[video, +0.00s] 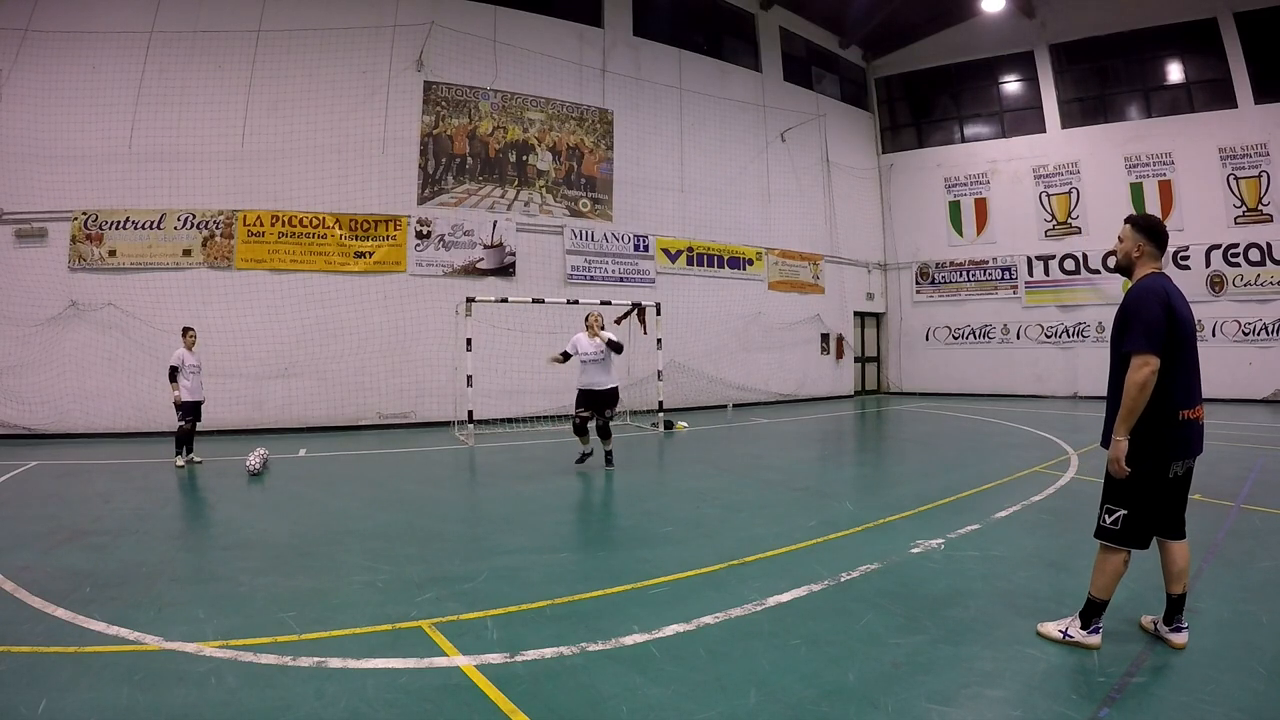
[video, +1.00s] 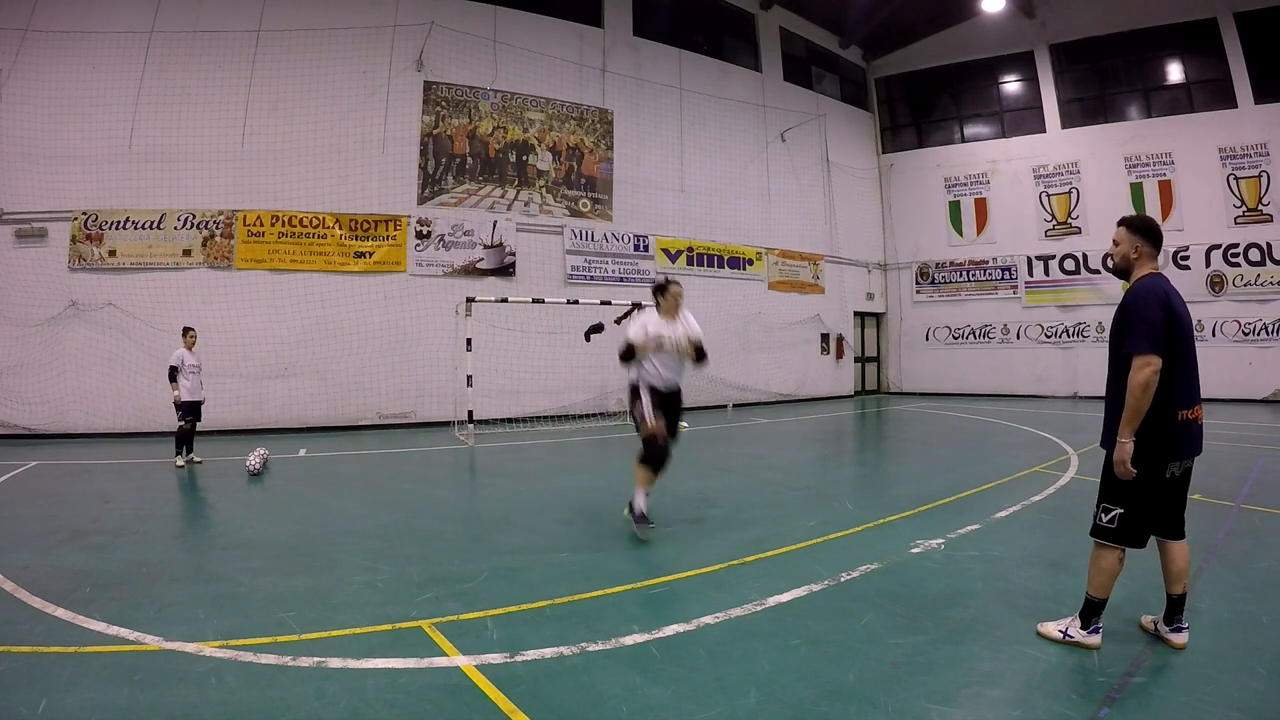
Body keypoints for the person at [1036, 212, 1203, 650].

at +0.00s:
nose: (1113, 247)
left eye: (1119, 239)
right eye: (1117, 239)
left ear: (1138, 246)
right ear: (1151, 249)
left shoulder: (1144, 295)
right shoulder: (1169, 292)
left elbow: (1145, 368)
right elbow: (1171, 368)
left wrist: (1120, 433)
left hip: (1145, 441)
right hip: (1177, 438)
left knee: (1115, 535)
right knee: (1171, 529)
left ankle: (1087, 624)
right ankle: (1174, 622)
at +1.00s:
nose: (1108, 249)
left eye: (1115, 242)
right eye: (1112, 242)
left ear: (1137, 249)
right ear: (1145, 251)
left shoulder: (1142, 296)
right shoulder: (1164, 292)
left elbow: (1147, 369)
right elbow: (1168, 369)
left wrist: (1125, 436)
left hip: (1141, 441)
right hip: (1175, 439)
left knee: (1110, 536)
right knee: (1170, 530)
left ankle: (1087, 624)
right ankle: (1174, 623)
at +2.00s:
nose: (1042, 330)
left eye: (1043, 322)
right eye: (1040, 324)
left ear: (1057, 316)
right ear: (1076, 312)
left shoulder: (1070, 344)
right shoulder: (1105, 341)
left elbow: (1022, 378)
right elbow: (1122, 401)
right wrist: (1091, 450)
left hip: (1111, 456)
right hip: (1155, 452)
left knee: (1040, 514)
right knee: (1133, 537)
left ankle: (1066, 599)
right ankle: (1184, 620)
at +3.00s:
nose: (957, 268)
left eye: (959, 261)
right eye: (958, 260)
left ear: (972, 261)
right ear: (1003, 261)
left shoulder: (970, 309)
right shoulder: (1036, 307)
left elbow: (954, 380)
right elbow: (1065, 380)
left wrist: (919, 441)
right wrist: (1056, 437)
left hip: (993, 452)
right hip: (1041, 451)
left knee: (947, 542)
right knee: (983, 544)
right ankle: (976, 631)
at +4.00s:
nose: (1114, 221)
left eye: (1123, 211)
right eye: (1115, 211)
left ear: (1157, 216)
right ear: (1158, 219)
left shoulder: (1170, 279)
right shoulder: (1181, 274)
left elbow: (1190, 375)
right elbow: (1192, 378)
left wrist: (1149, 469)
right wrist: (1152, 462)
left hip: (1168, 473)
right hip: (1197, 467)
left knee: (1128, 595)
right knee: (1194, 576)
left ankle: (1089, 706)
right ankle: (1219, 686)